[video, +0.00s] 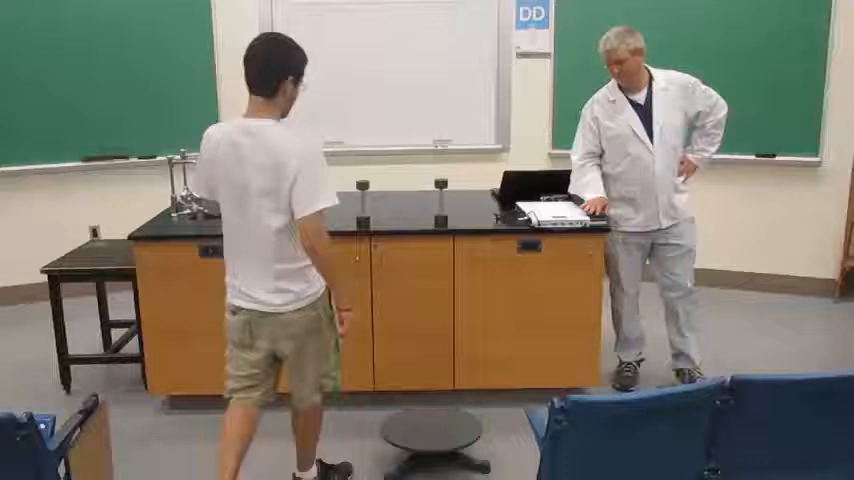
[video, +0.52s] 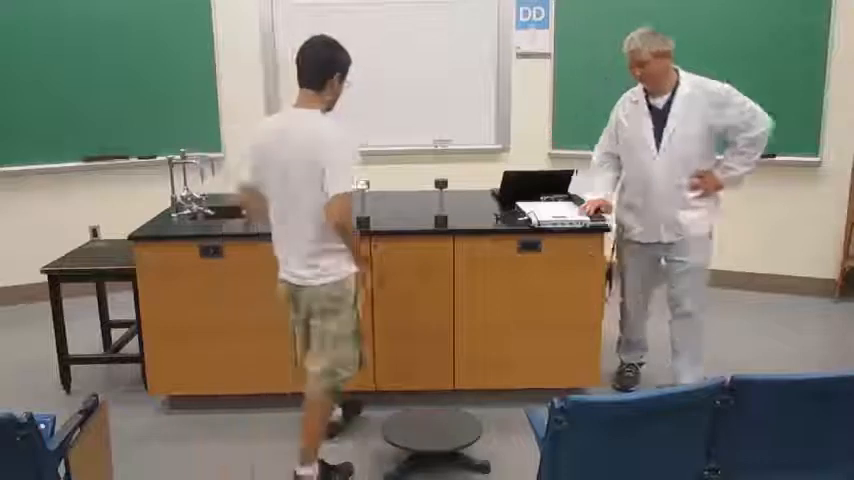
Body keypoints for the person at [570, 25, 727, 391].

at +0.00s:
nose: (613, 71)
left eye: (618, 63)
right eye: (609, 65)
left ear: (640, 56)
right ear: (606, 63)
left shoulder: (679, 87)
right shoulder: (598, 107)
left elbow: (716, 110)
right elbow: (585, 159)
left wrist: (698, 155)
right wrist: (594, 192)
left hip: (674, 215)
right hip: (624, 219)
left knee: (680, 291)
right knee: (623, 295)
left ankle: (686, 362)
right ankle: (628, 359)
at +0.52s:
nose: (635, 74)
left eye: (641, 66)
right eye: (632, 67)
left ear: (665, 59)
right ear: (631, 66)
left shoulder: (708, 95)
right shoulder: (627, 106)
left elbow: (757, 126)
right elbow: (606, 157)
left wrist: (722, 174)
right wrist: (600, 195)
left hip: (688, 225)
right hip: (637, 225)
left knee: (686, 308)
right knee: (632, 301)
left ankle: (688, 385)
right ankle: (630, 360)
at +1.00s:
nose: (660, 66)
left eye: (665, 58)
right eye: (658, 58)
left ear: (692, 53)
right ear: (671, 55)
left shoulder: (735, 95)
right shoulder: (656, 100)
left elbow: (788, 130)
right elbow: (629, 158)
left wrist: (749, 180)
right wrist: (606, 201)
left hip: (707, 230)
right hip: (655, 227)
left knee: (700, 316)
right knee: (643, 302)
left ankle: (696, 395)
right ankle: (651, 377)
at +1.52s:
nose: (647, 69)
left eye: (652, 60)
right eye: (645, 61)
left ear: (679, 54)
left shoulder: (728, 97)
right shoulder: (649, 107)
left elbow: (785, 132)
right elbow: (633, 167)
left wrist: (747, 185)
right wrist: (605, 202)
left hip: (704, 240)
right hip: (652, 239)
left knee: (701, 329)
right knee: (645, 325)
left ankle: (694, 407)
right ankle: (641, 406)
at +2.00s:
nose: (611, 74)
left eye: (616, 65)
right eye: (609, 67)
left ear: (644, 58)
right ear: (637, 61)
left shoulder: (693, 97)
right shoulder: (619, 106)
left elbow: (751, 134)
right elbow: (613, 171)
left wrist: (712, 191)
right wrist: (594, 211)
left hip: (668, 243)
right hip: (625, 241)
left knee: (645, 336)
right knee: (628, 336)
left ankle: (653, 425)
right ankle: (635, 423)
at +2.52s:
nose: (586, 81)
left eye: (591, 71)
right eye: (583, 73)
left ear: (618, 62)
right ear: (609, 65)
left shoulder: (656, 96)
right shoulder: (611, 102)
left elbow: (703, 144)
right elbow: (611, 166)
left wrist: (670, 200)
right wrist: (585, 203)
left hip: (637, 246)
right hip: (596, 240)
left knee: (628, 343)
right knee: (566, 323)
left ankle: (626, 429)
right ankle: (525, 405)